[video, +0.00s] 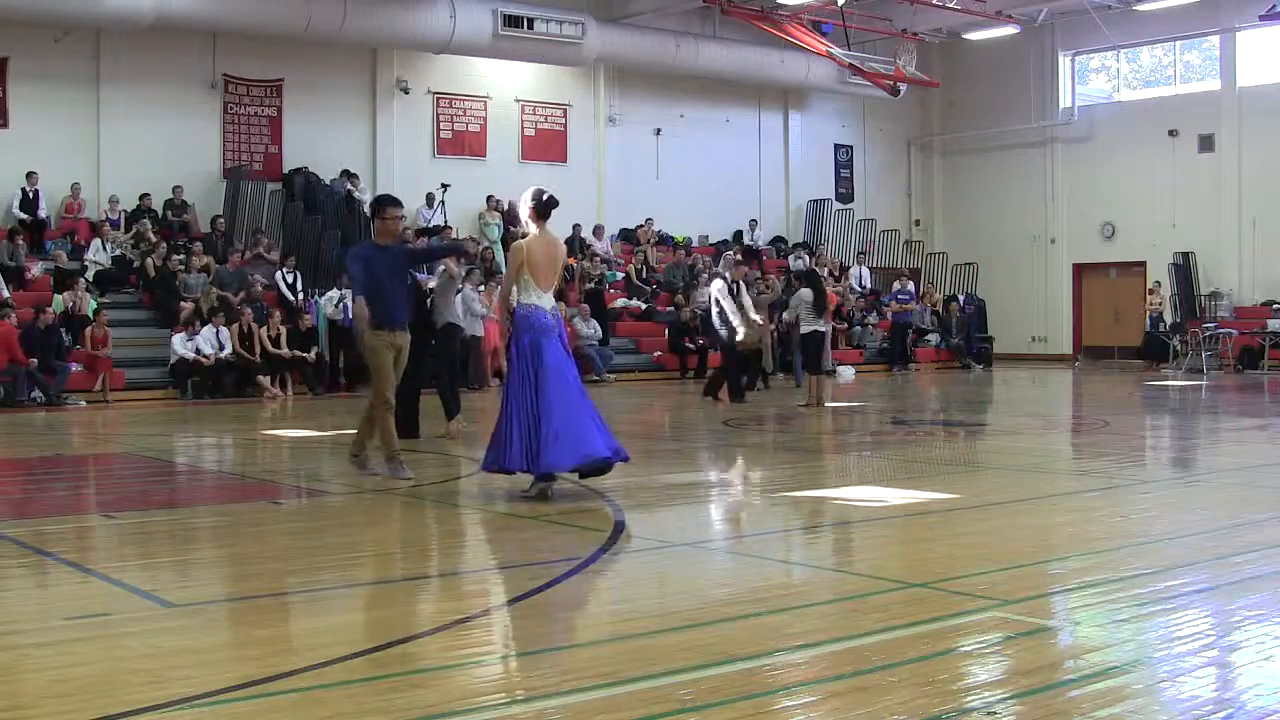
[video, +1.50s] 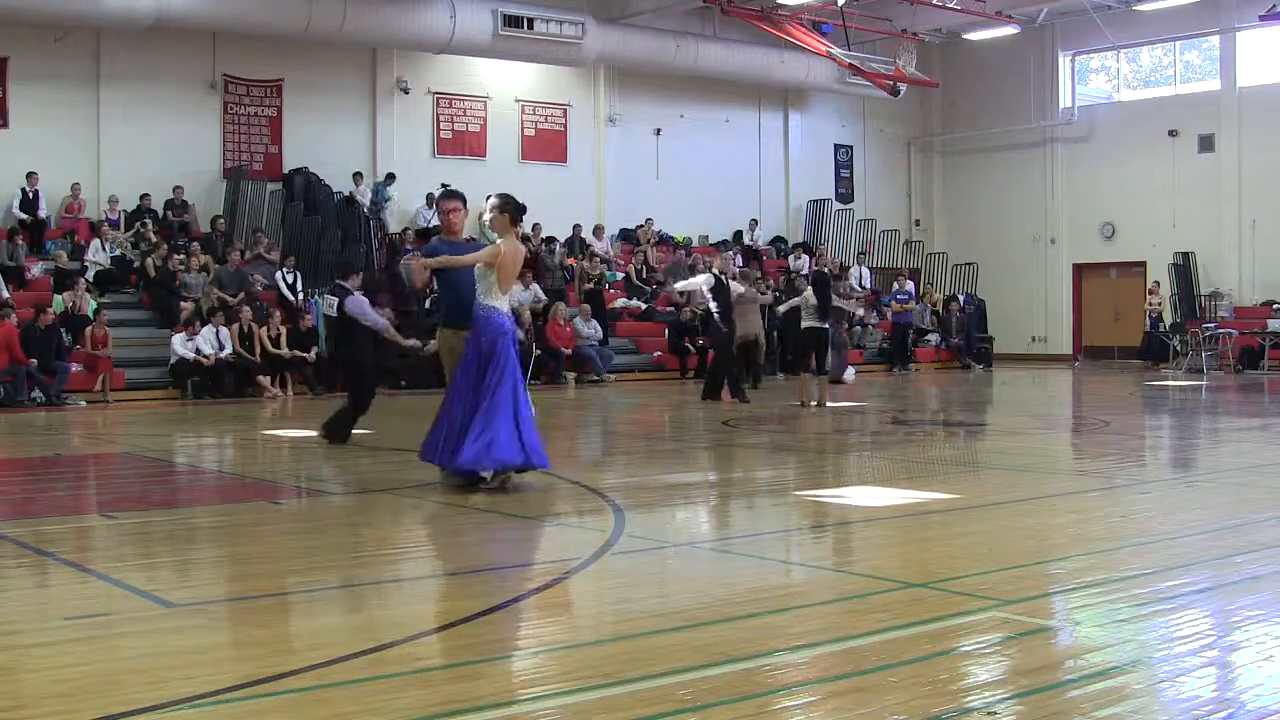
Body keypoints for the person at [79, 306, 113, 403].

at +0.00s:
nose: (105, 318)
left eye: (106, 316)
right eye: (103, 316)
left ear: (105, 318)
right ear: (96, 318)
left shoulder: (108, 331)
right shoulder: (88, 331)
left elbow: (109, 348)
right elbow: (88, 350)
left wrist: (105, 352)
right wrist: (99, 353)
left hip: (103, 355)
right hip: (92, 356)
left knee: (106, 361)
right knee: (107, 365)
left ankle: (99, 381)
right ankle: (106, 393)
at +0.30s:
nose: (105, 318)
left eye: (106, 315)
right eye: (103, 315)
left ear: (106, 317)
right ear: (96, 317)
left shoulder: (107, 331)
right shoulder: (88, 330)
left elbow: (109, 349)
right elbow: (88, 350)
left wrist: (104, 352)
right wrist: (99, 353)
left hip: (103, 355)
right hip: (92, 356)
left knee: (103, 359)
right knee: (107, 364)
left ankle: (98, 382)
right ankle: (106, 394)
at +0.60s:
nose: (105, 318)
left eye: (106, 315)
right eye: (103, 315)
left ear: (106, 317)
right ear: (96, 317)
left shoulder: (107, 331)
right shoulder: (88, 330)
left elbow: (109, 349)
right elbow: (88, 350)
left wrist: (104, 352)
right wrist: (99, 353)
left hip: (103, 355)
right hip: (92, 356)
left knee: (103, 359)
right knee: (107, 364)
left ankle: (98, 382)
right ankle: (106, 394)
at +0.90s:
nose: (106, 318)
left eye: (106, 315)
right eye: (104, 315)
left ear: (106, 317)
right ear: (97, 317)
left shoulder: (108, 330)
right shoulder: (89, 330)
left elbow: (109, 349)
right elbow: (88, 350)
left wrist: (103, 352)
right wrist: (99, 353)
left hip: (103, 355)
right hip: (92, 356)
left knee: (104, 358)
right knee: (107, 363)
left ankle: (99, 382)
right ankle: (107, 393)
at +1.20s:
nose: (106, 318)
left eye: (106, 315)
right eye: (104, 315)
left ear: (106, 317)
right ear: (97, 317)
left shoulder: (108, 331)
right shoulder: (89, 330)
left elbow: (109, 349)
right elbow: (88, 350)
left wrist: (104, 352)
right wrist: (99, 353)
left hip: (103, 355)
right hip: (92, 356)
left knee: (105, 359)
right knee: (107, 364)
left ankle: (99, 382)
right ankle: (107, 393)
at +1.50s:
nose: (106, 317)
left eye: (106, 315)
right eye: (104, 315)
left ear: (106, 317)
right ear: (97, 316)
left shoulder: (107, 331)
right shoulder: (89, 330)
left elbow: (109, 349)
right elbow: (88, 350)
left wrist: (100, 352)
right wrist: (100, 353)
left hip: (103, 355)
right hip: (92, 356)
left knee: (105, 361)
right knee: (107, 364)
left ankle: (99, 382)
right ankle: (107, 393)